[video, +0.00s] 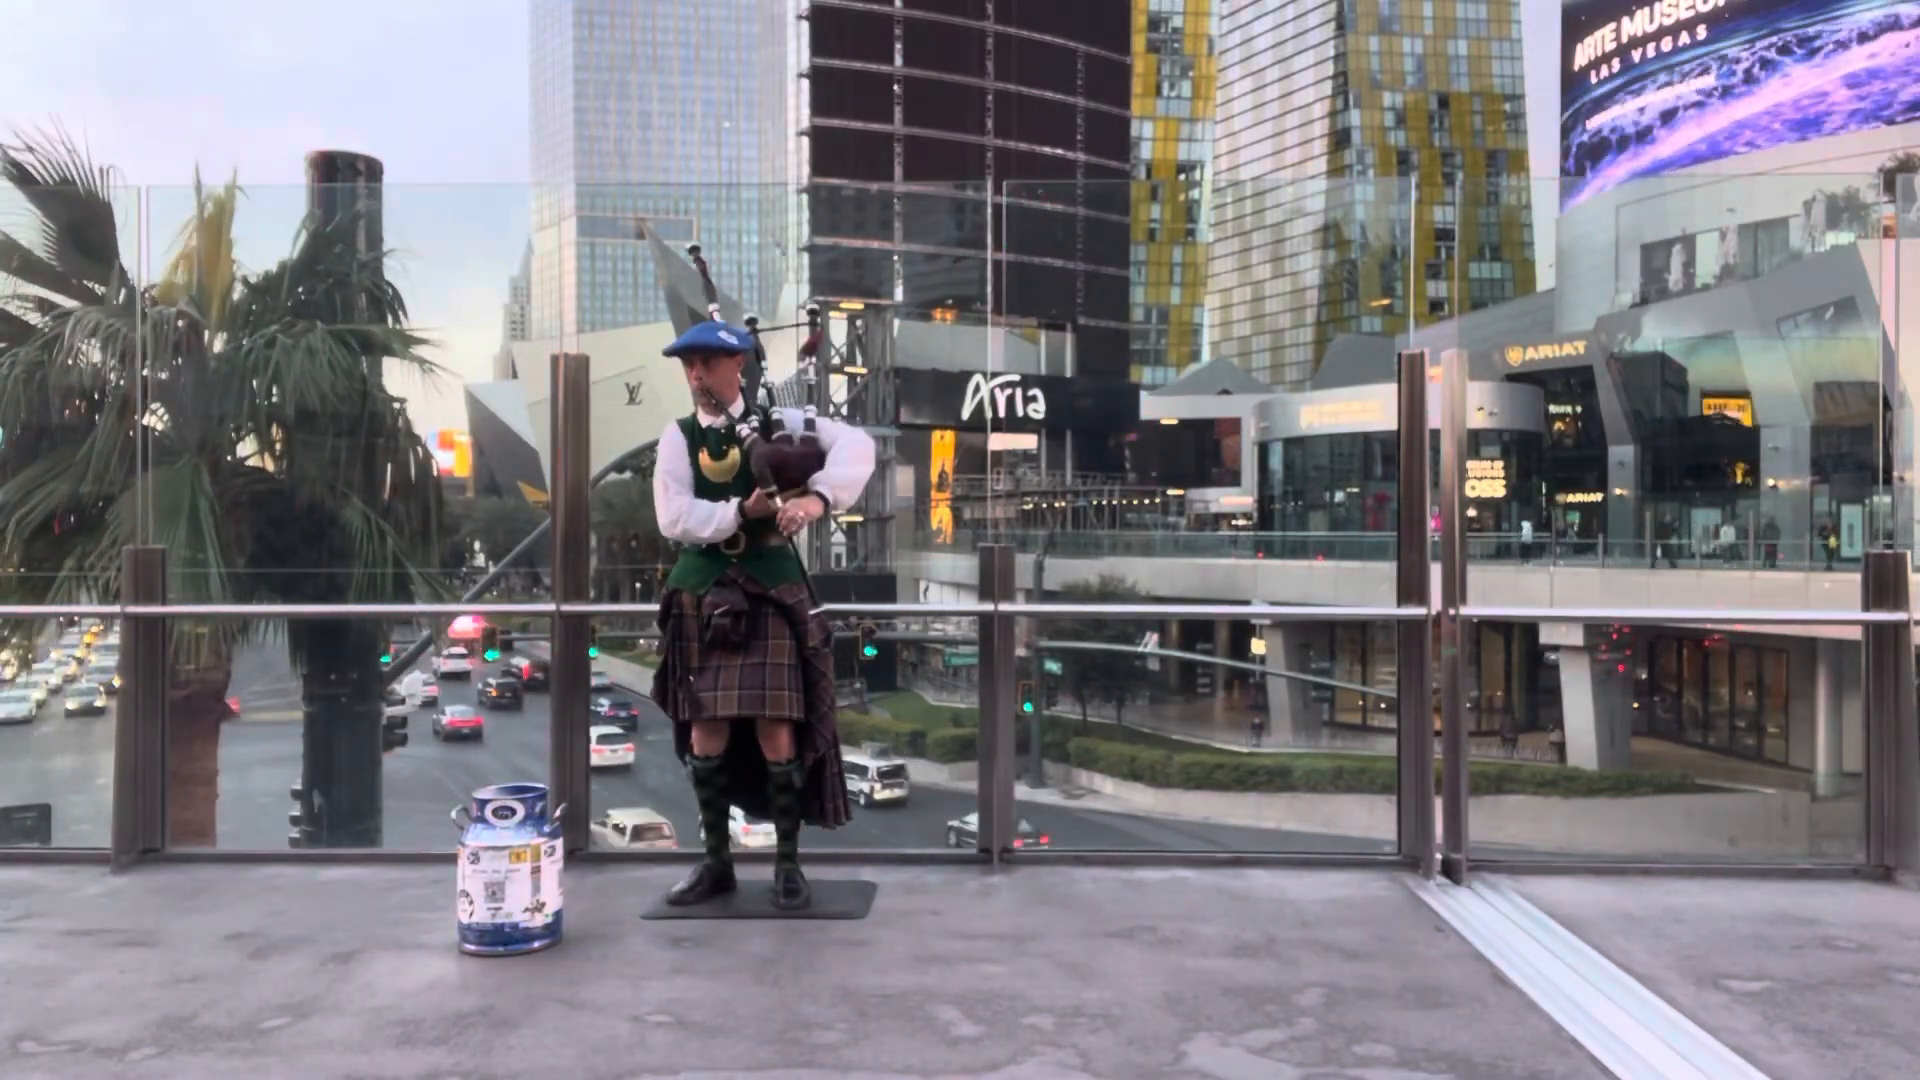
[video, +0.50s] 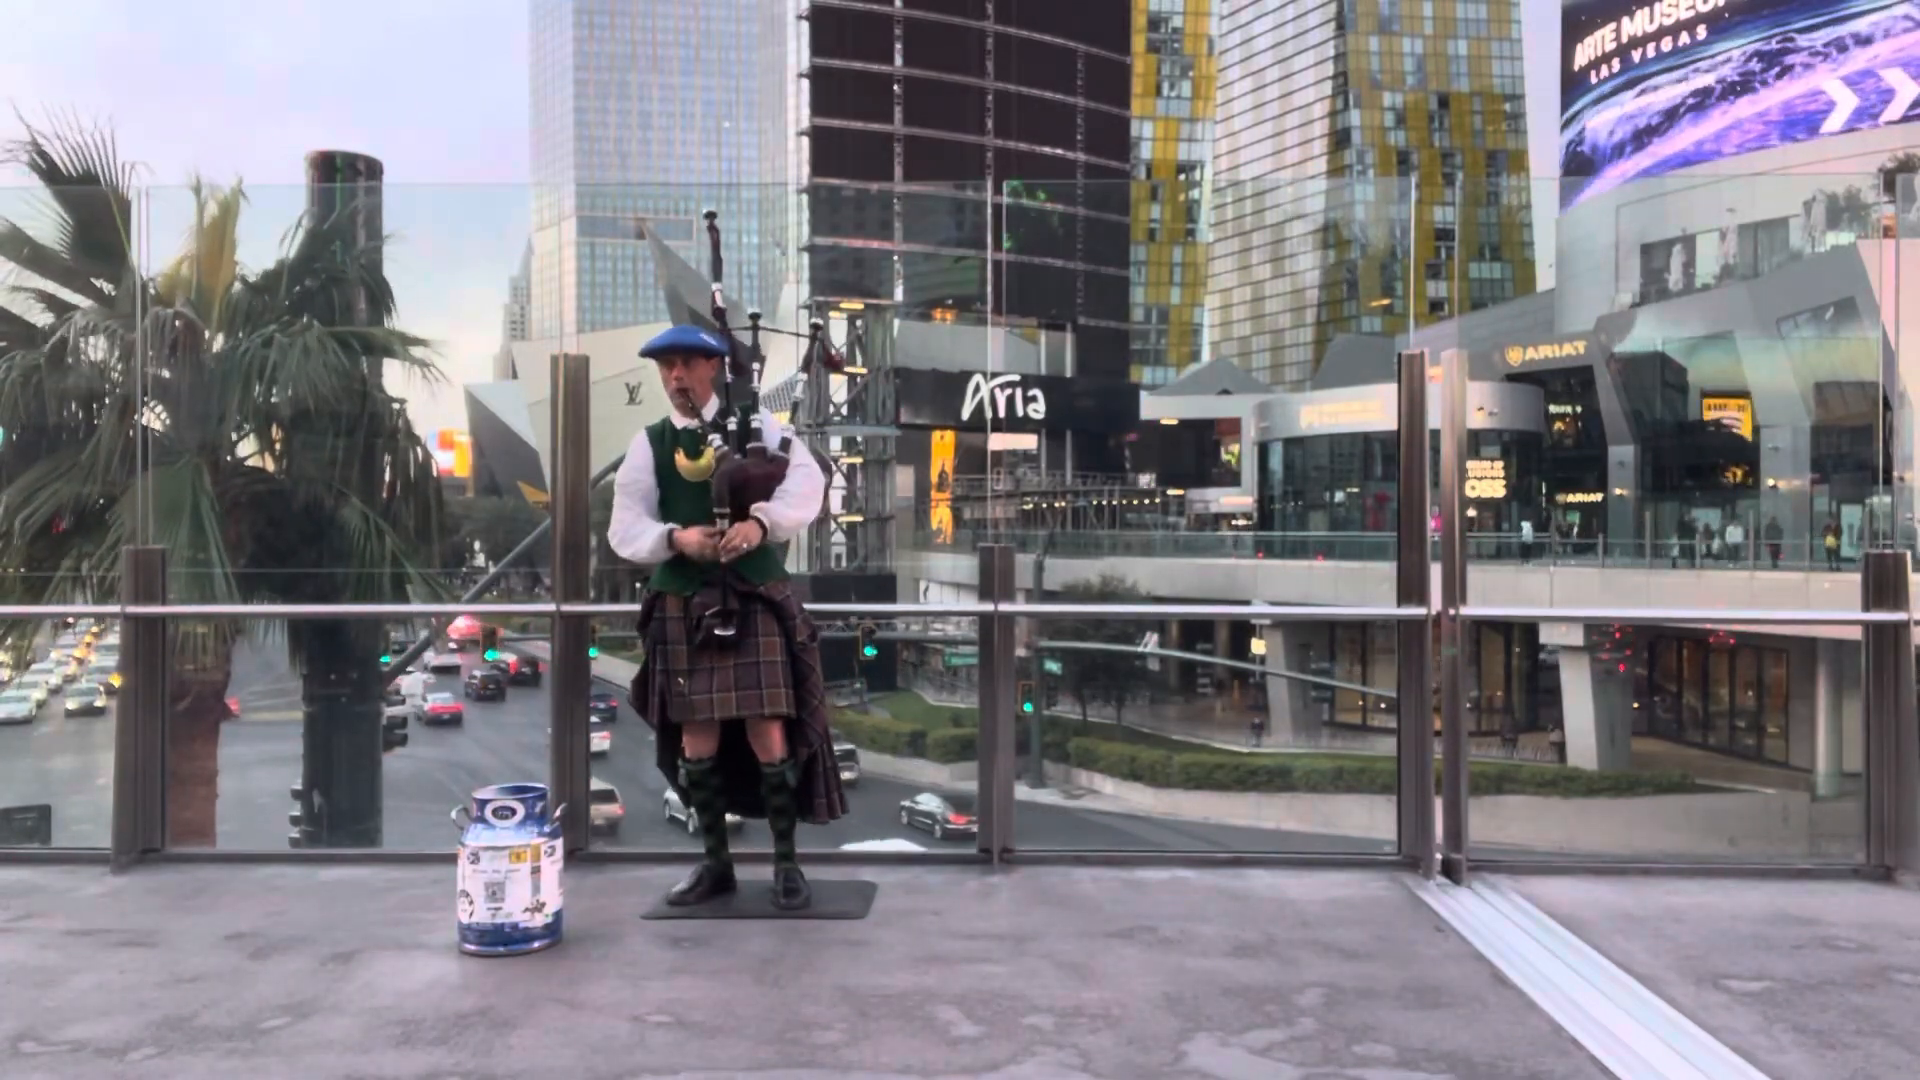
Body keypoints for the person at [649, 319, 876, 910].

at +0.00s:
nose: (698, 373)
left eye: (710, 361)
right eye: (690, 363)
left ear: (739, 364)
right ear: (684, 370)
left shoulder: (779, 422)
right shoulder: (678, 436)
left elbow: (858, 443)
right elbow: (672, 515)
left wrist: (820, 497)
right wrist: (741, 512)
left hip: (774, 586)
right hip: (703, 588)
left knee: (776, 728)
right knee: (706, 728)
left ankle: (787, 866)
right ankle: (717, 863)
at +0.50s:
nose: (677, 373)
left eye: (689, 361)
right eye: (667, 363)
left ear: (717, 365)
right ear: (658, 372)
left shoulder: (760, 429)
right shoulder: (649, 445)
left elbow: (808, 481)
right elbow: (625, 531)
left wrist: (764, 522)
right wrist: (677, 538)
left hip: (756, 594)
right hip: (684, 599)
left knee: (766, 726)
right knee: (697, 729)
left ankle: (786, 863)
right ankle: (715, 863)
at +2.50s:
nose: (742, 374)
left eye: (755, 362)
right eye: (733, 362)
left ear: (780, 370)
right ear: (721, 371)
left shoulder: (814, 430)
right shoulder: (704, 444)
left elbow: (860, 485)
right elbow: (684, 531)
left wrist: (811, 526)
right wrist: (726, 565)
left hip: (798, 597)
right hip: (725, 596)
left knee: (788, 728)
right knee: (708, 729)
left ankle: (781, 863)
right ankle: (722, 861)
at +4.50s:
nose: (747, 374)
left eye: (760, 363)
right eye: (739, 362)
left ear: (784, 371)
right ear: (727, 371)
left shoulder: (819, 428)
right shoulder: (712, 445)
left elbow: (861, 487)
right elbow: (691, 530)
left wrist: (811, 532)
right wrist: (727, 567)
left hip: (802, 596)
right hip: (730, 594)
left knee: (789, 728)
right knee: (713, 730)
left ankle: (781, 863)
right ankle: (725, 862)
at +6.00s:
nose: (746, 374)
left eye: (759, 363)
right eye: (738, 363)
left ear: (784, 371)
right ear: (727, 372)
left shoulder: (819, 429)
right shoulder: (714, 444)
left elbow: (865, 488)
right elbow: (699, 532)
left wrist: (814, 533)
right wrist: (730, 570)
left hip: (802, 599)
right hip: (730, 597)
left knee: (790, 731)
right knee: (712, 732)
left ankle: (782, 866)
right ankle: (729, 861)